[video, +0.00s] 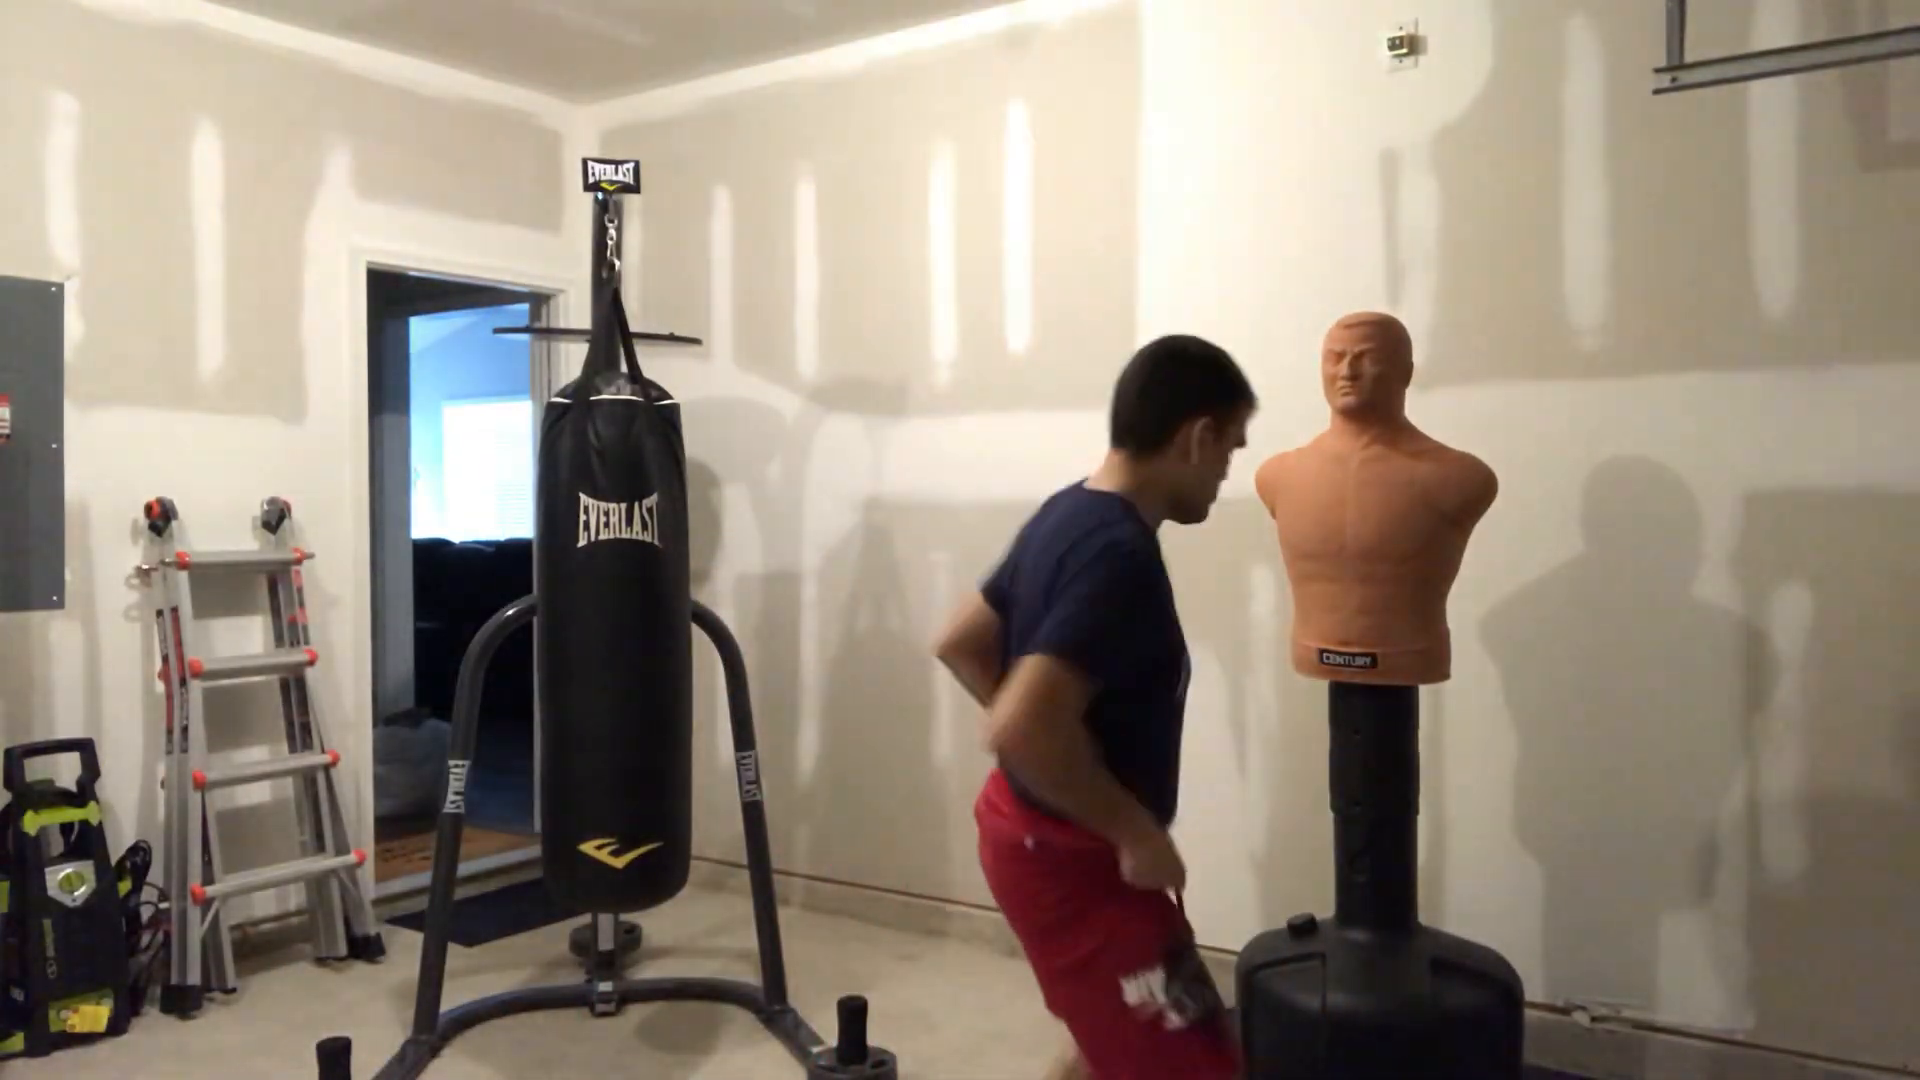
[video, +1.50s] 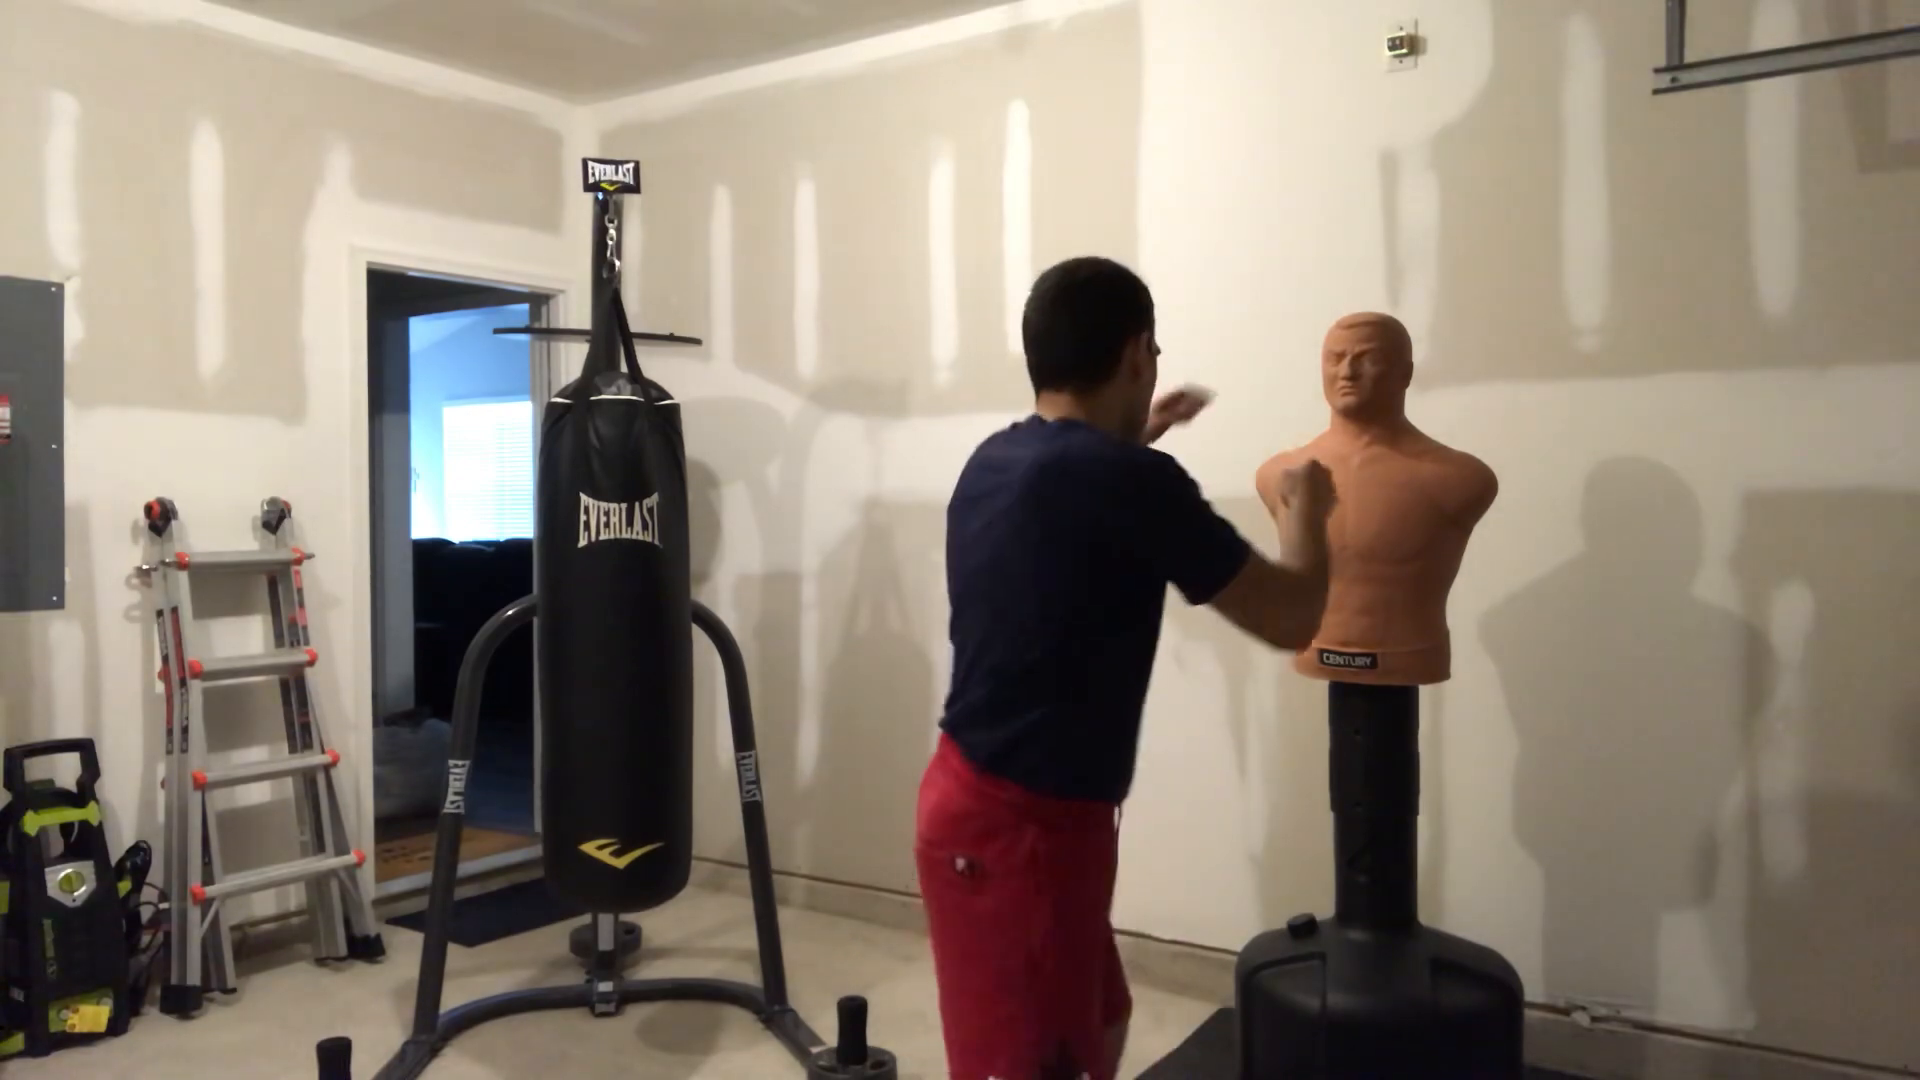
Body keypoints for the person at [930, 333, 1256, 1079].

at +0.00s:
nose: (1231, 469)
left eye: (1236, 448)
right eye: (1232, 445)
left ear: (1135, 425)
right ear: (1196, 436)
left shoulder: (1069, 511)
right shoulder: (1118, 546)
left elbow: (963, 645)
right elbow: (1027, 729)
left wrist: (1044, 737)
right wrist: (1134, 831)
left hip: (1031, 833)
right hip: (1076, 855)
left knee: (1114, 1045)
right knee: (1189, 1060)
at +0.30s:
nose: (1180, 337)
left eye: (1179, 317)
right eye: (1177, 316)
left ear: (1082, 315)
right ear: (1145, 315)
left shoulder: (1053, 407)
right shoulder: (1080, 422)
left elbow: (1014, 559)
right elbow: (1008, 587)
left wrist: (1163, 602)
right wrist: (1164, 656)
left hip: (1063, 723)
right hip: (1078, 733)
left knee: (1074, 995)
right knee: (1135, 1025)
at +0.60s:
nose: (1156, 379)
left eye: (1156, 357)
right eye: (1154, 356)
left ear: (1051, 361)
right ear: (1126, 354)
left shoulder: (1030, 470)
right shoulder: (1078, 479)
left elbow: (1056, 612)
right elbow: (1128, 685)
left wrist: (1169, 572)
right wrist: (1269, 593)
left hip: (1020, 806)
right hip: (1052, 819)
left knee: (1088, 1052)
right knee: (1101, 1058)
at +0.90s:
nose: (1142, 390)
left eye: (1140, 367)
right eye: (1137, 367)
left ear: (1027, 373)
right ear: (1104, 372)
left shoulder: (989, 484)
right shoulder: (1071, 492)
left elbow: (1078, 568)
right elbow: (1256, 625)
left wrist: (1161, 477)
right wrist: (1272, 521)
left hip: (982, 821)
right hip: (1045, 839)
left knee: (1028, 1062)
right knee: (1068, 1066)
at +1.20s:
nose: (1143, 368)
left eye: (1146, 346)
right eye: (1143, 345)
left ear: (1024, 342)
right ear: (1115, 342)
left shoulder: (972, 461)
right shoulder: (1097, 464)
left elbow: (1075, 549)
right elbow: (1272, 606)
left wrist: (1158, 453)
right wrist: (1278, 484)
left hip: (958, 816)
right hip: (1032, 833)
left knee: (1006, 1061)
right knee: (1070, 1064)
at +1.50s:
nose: (1155, 372)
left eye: (1153, 353)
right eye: (1154, 352)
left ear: (1036, 358)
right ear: (1134, 354)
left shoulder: (991, 462)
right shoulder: (1130, 481)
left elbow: (1063, 519)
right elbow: (1293, 616)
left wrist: (1131, 440)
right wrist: (1305, 508)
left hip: (980, 813)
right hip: (1029, 834)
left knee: (1093, 1021)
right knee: (1026, 1061)